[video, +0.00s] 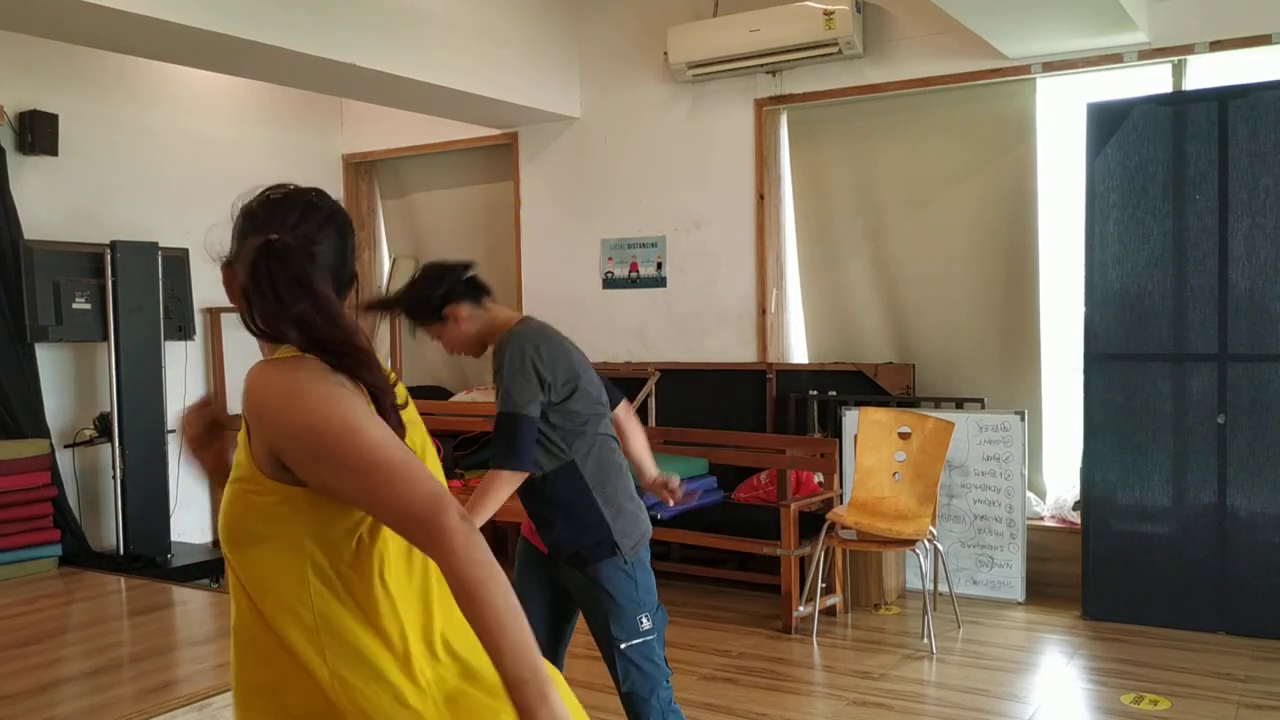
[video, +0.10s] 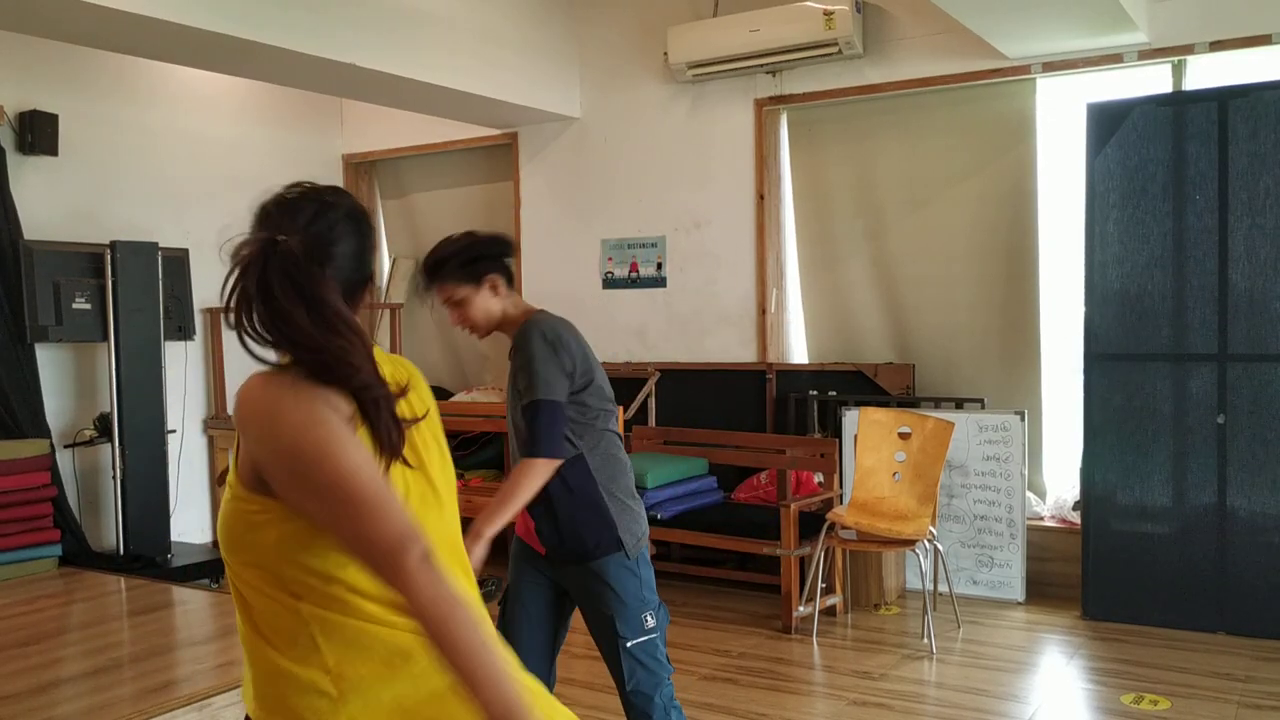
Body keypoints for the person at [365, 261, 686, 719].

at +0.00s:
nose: (444, 347)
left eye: (439, 334)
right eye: (436, 338)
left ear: (457, 312)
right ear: (465, 305)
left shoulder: (520, 348)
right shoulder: (535, 338)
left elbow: (515, 462)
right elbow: (616, 403)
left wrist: (454, 535)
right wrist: (651, 475)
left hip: (605, 539)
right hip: (548, 537)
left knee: (646, 691)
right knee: (525, 679)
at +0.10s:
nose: (454, 318)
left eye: (457, 303)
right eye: (448, 307)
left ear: (494, 285)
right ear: (493, 287)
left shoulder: (542, 335)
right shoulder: (525, 345)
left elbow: (547, 451)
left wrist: (479, 533)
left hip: (603, 539)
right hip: (542, 540)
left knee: (647, 693)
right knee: (518, 684)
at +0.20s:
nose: (479, 294)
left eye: (489, 279)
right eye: (469, 284)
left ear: (525, 271)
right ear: (463, 284)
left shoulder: (564, 334)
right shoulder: (521, 349)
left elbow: (584, 447)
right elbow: (528, 452)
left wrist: (543, 548)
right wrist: (514, 539)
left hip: (606, 540)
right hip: (544, 542)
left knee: (647, 697)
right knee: (520, 689)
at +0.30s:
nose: (500, 282)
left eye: (512, 268)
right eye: (491, 269)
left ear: (546, 268)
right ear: (483, 273)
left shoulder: (576, 334)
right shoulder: (517, 349)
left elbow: (624, 441)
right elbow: (513, 445)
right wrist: (502, 543)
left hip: (602, 531)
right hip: (537, 535)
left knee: (650, 692)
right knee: (521, 683)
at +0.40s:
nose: (537, 295)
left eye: (549, 279)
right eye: (530, 280)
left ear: (571, 273)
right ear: (514, 285)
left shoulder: (593, 329)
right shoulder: (502, 345)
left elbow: (682, 410)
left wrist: (682, 507)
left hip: (620, 549)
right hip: (537, 551)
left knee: (660, 695)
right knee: (522, 694)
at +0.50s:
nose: (609, 260)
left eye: (623, 252)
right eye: (599, 248)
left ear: (641, 266)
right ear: (576, 255)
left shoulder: (660, 344)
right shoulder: (535, 341)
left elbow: (722, 394)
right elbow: (504, 414)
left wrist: (695, 473)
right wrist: (508, 482)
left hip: (627, 543)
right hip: (539, 543)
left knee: (663, 695)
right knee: (522, 697)